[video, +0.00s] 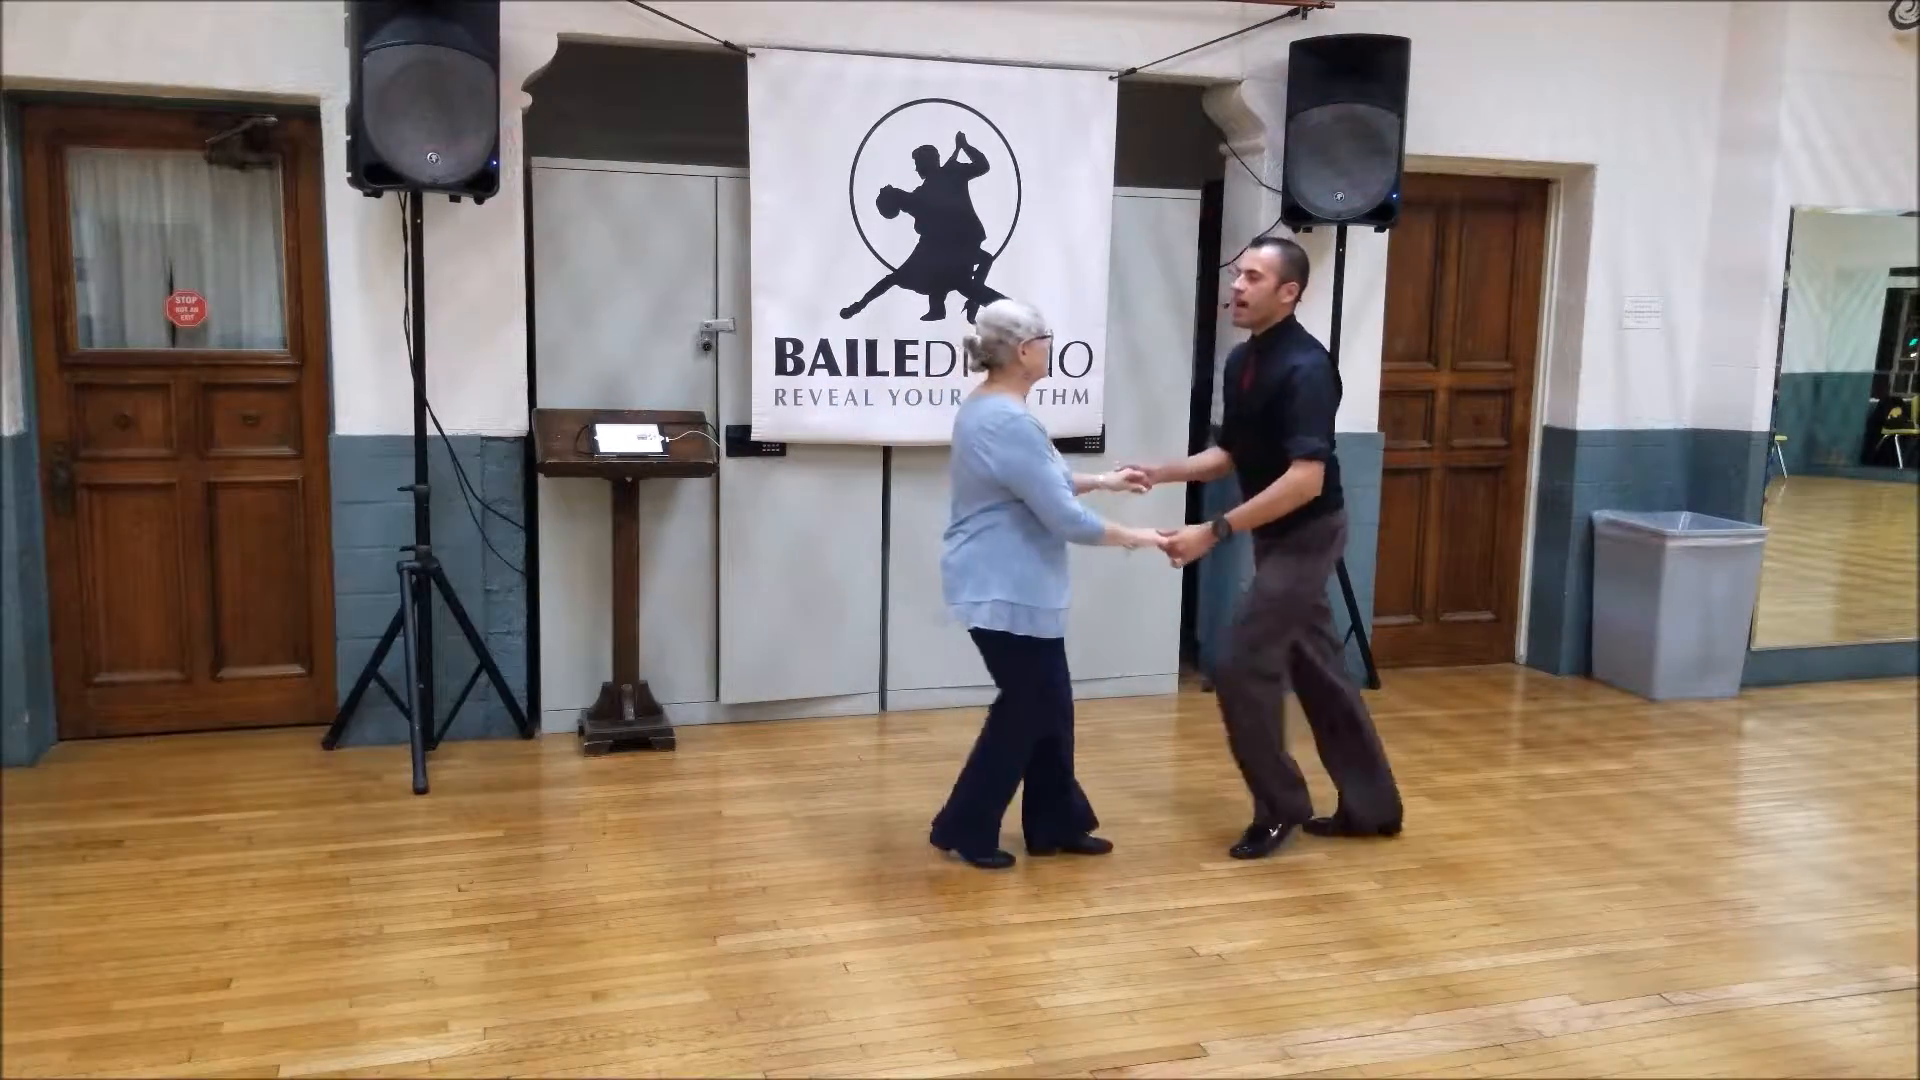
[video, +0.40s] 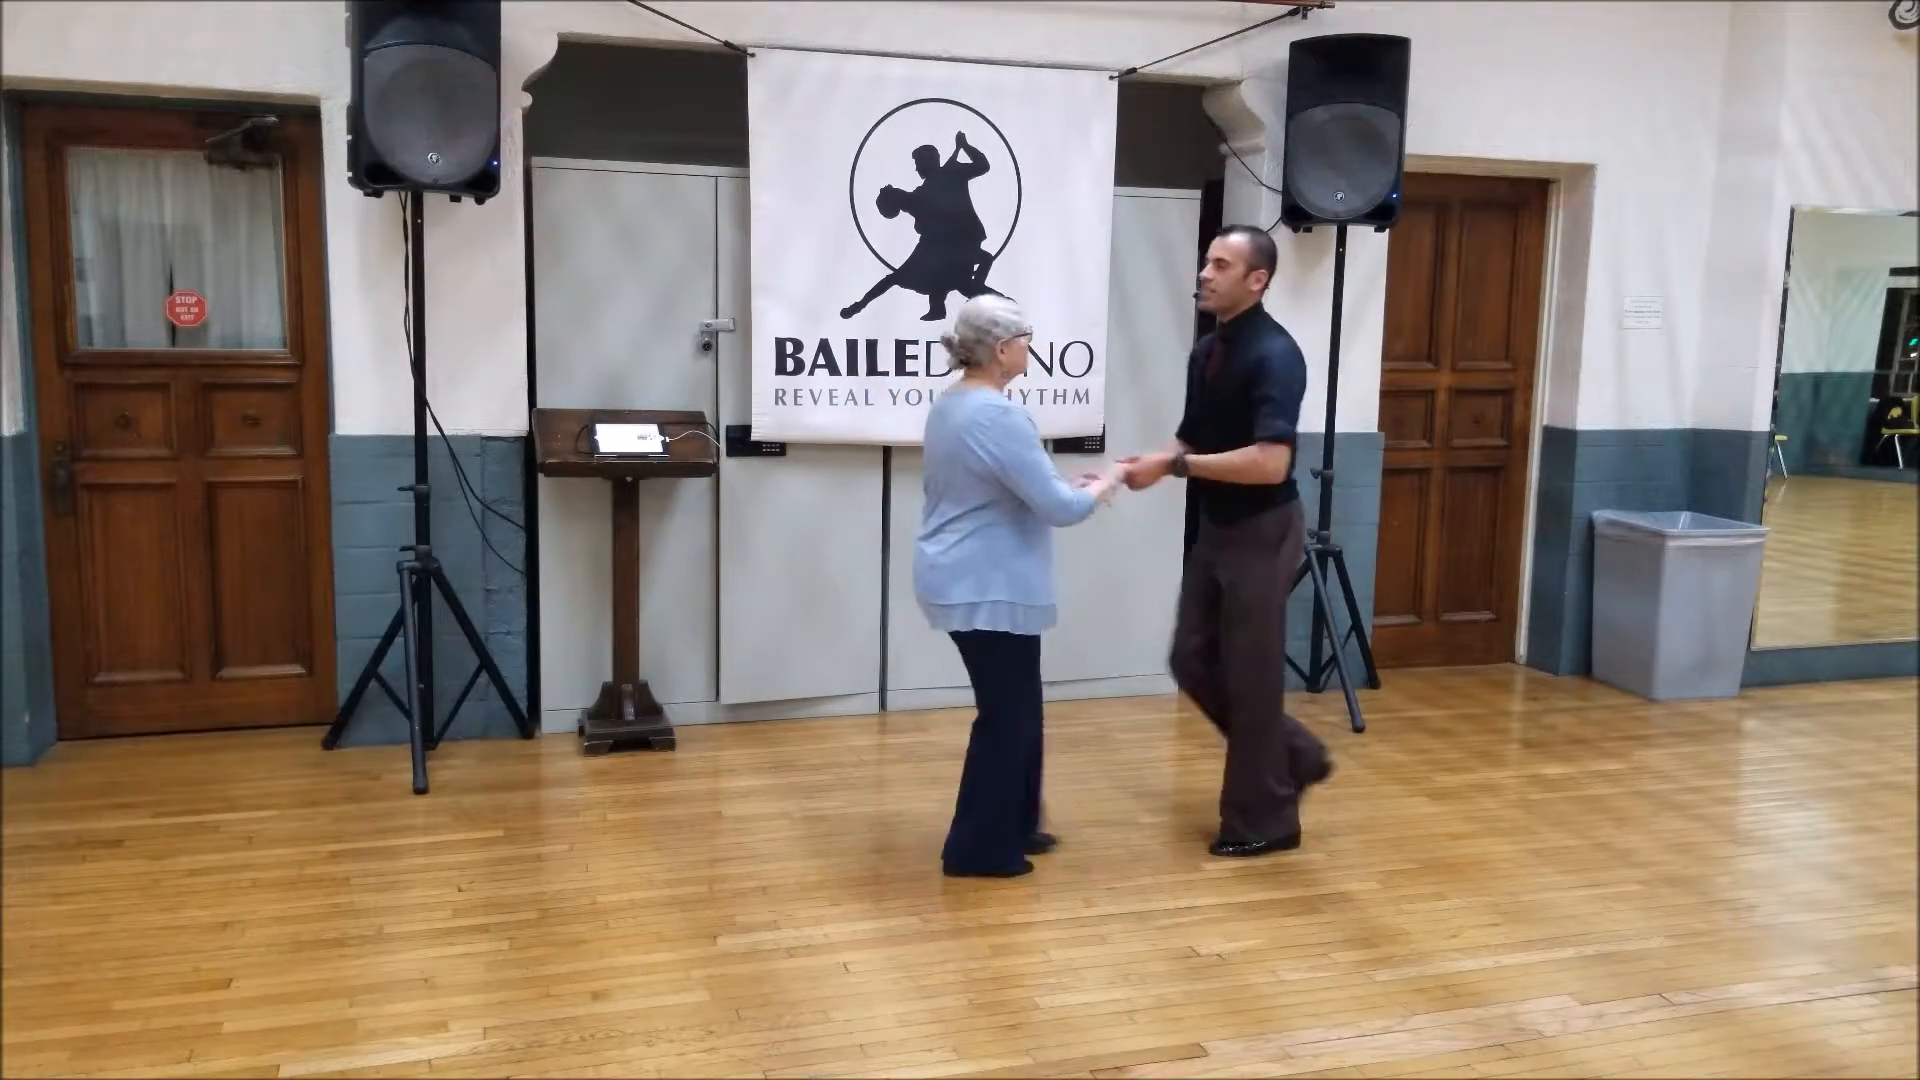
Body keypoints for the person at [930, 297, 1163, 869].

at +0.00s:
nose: (1049, 350)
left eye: (1046, 340)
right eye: (1042, 341)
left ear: (1006, 352)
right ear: (1017, 351)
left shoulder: (986, 412)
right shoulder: (1006, 422)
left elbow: (1041, 484)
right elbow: (1065, 518)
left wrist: (1103, 481)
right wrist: (1135, 536)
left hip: (1011, 584)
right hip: (1007, 588)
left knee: (1049, 703)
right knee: (1031, 703)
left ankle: (1055, 824)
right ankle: (963, 827)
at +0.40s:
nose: (1030, 349)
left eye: (1028, 339)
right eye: (1023, 340)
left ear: (982, 348)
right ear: (997, 347)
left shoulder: (948, 408)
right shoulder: (999, 416)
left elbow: (1006, 488)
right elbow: (1058, 504)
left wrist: (1069, 483)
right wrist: (1097, 490)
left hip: (960, 584)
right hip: (997, 592)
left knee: (1009, 714)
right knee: (1012, 721)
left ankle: (1011, 824)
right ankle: (982, 850)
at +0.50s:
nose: (1015, 344)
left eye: (1011, 335)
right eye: (1007, 336)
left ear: (963, 346)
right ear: (981, 345)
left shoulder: (928, 405)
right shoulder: (984, 415)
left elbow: (987, 481)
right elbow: (1046, 502)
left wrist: (1046, 467)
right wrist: (1077, 476)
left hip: (935, 581)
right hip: (981, 588)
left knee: (976, 694)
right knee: (994, 712)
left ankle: (923, 807)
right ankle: (981, 847)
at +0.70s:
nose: (973, 350)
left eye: (970, 339)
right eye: (966, 341)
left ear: (923, 348)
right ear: (941, 348)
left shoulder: (888, 403)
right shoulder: (942, 415)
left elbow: (939, 471)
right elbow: (992, 511)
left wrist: (1001, 452)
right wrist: (1036, 492)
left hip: (884, 579)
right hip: (939, 584)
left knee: (884, 702)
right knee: (963, 717)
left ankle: (825, 830)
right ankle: (971, 851)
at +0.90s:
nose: (936, 350)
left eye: (933, 341)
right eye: (928, 342)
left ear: (884, 353)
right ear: (898, 351)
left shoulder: (851, 406)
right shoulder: (896, 421)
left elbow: (894, 483)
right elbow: (907, 519)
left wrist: (956, 494)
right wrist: (971, 538)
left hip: (830, 590)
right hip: (877, 596)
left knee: (842, 710)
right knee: (924, 703)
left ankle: (818, 846)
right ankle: (893, 848)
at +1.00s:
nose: (917, 350)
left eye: (915, 340)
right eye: (910, 341)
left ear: (869, 347)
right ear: (882, 346)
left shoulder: (835, 403)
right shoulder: (870, 415)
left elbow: (884, 496)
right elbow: (877, 512)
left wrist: (945, 500)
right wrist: (945, 531)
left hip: (815, 582)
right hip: (854, 589)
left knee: (827, 704)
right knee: (883, 702)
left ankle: (820, 837)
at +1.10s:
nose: (899, 347)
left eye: (896, 337)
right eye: (891, 338)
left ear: (850, 347)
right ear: (861, 345)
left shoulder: (822, 400)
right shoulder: (852, 412)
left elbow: (860, 492)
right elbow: (858, 507)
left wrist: (926, 499)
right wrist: (923, 526)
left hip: (808, 580)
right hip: (831, 588)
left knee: (821, 717)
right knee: (819, 721)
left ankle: (821, 847)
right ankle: (714, 827)